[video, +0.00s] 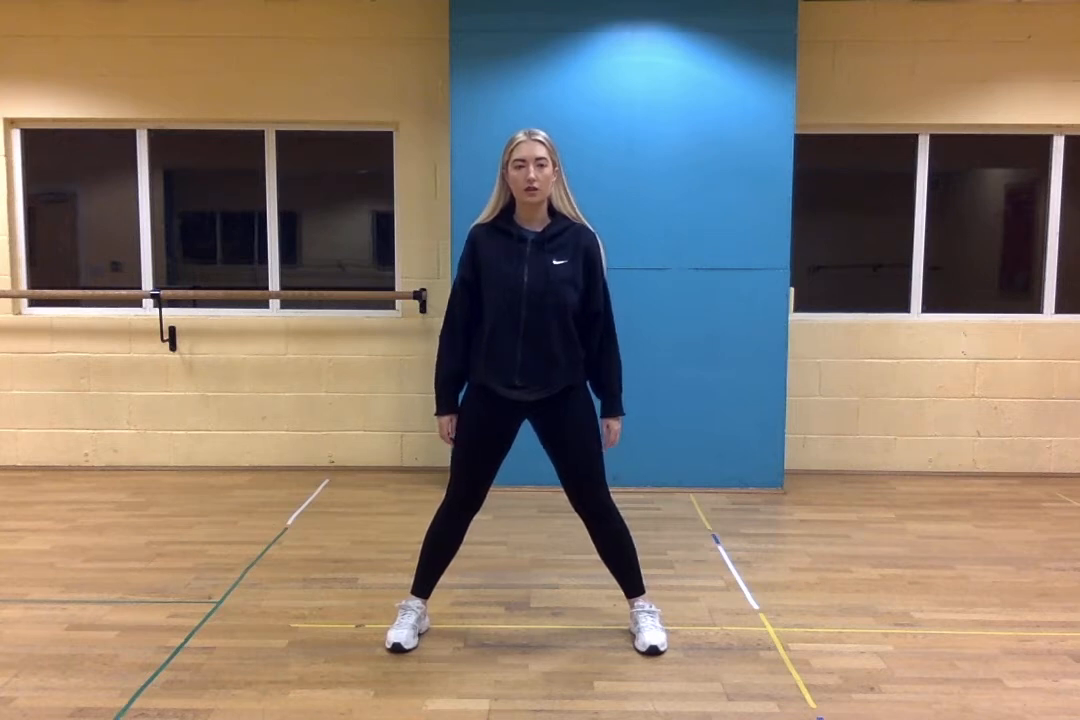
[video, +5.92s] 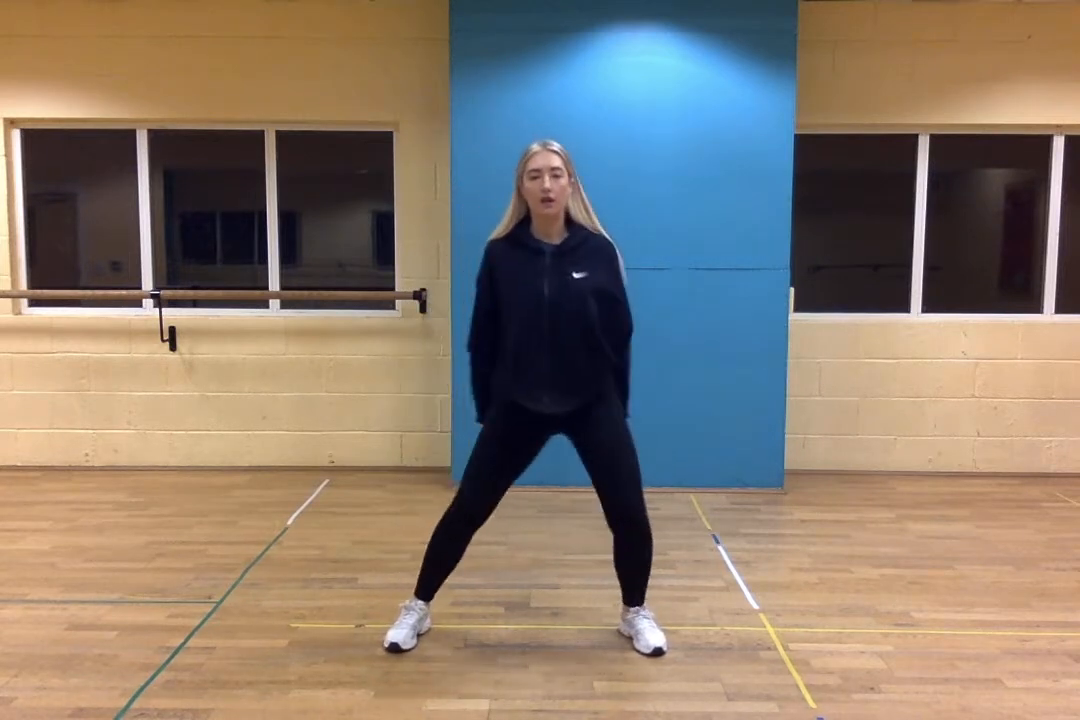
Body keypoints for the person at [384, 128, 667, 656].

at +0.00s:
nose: (531, 173)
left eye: (540, 164)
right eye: (520, 164)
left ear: (555, 172)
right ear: (506, 174)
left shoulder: (581, 240)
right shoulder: (484, 237)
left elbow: (599, 323)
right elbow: (458, 319)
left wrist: (611, 403)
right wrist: (446, 399)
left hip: (563, 393)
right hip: (491, 393)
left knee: (594, 502)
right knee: (460, 501)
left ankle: (641, 607)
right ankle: (414, 606)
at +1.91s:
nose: (528, 173)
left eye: (537, 164)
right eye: (517, 165)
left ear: (553, 172)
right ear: (504, 175)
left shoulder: (578, 239)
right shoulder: (482, 238)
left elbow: (597, 325)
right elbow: (458, 321)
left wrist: (608, 405)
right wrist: (448, 402)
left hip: (563, 394)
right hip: (491, 393)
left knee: (595, 502)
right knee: (460, 501)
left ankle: (641, 607)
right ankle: (414, 606)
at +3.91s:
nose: (532, 173)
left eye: (542, 164)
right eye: (521, 164)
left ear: (556, 173)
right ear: (507, 174)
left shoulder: (581, 240)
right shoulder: (484, 237)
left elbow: (600, 323)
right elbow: (459, 317)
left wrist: (614, 403)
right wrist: (445, 396)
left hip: (564, 394)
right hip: (493, 393)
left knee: (595, 503)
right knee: (457, 502)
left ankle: (640, 609)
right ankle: (414, 607)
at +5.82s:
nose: (537, 175)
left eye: (546, 166)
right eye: (526, 167)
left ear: (561, 175)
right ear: (511, 179)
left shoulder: (588, 240)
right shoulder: (491, 242)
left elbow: (607, 316)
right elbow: (469, 323)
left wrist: (596, 383)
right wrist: (469, 400)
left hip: (580, 390)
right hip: (510, 392)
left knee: (614, 505)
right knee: (468, 504)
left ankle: (634, 610)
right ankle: (417, 607)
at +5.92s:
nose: (547, 184)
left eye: (556, 174)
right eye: (536, 176)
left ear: (571, 184)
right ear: (522, 188)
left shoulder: (598, 248)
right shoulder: (501, 252)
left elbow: (619, 329)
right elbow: (483, 331)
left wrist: (617, 403)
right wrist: (486, 406)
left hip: (592, 401)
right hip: (520, 403)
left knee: (630, 511)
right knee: (468, 508)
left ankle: (635, 611)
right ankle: (417, 607)